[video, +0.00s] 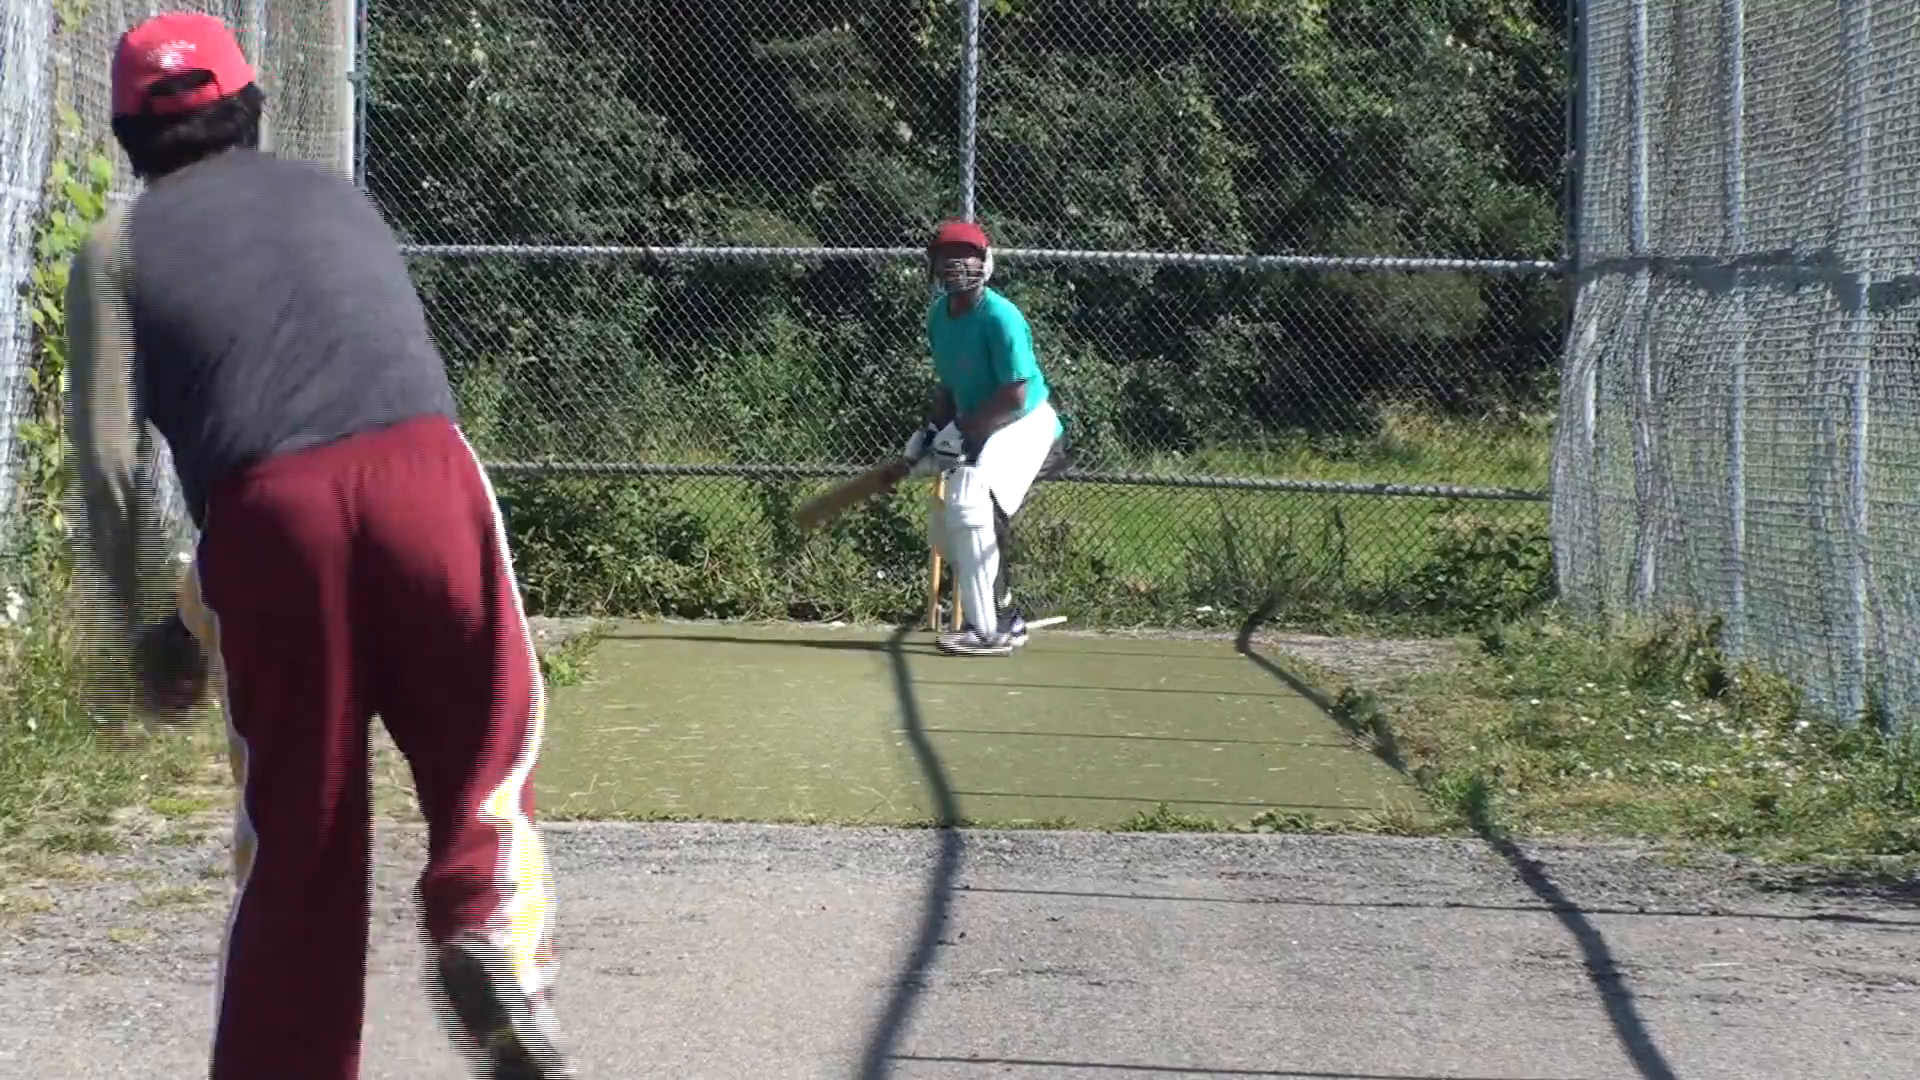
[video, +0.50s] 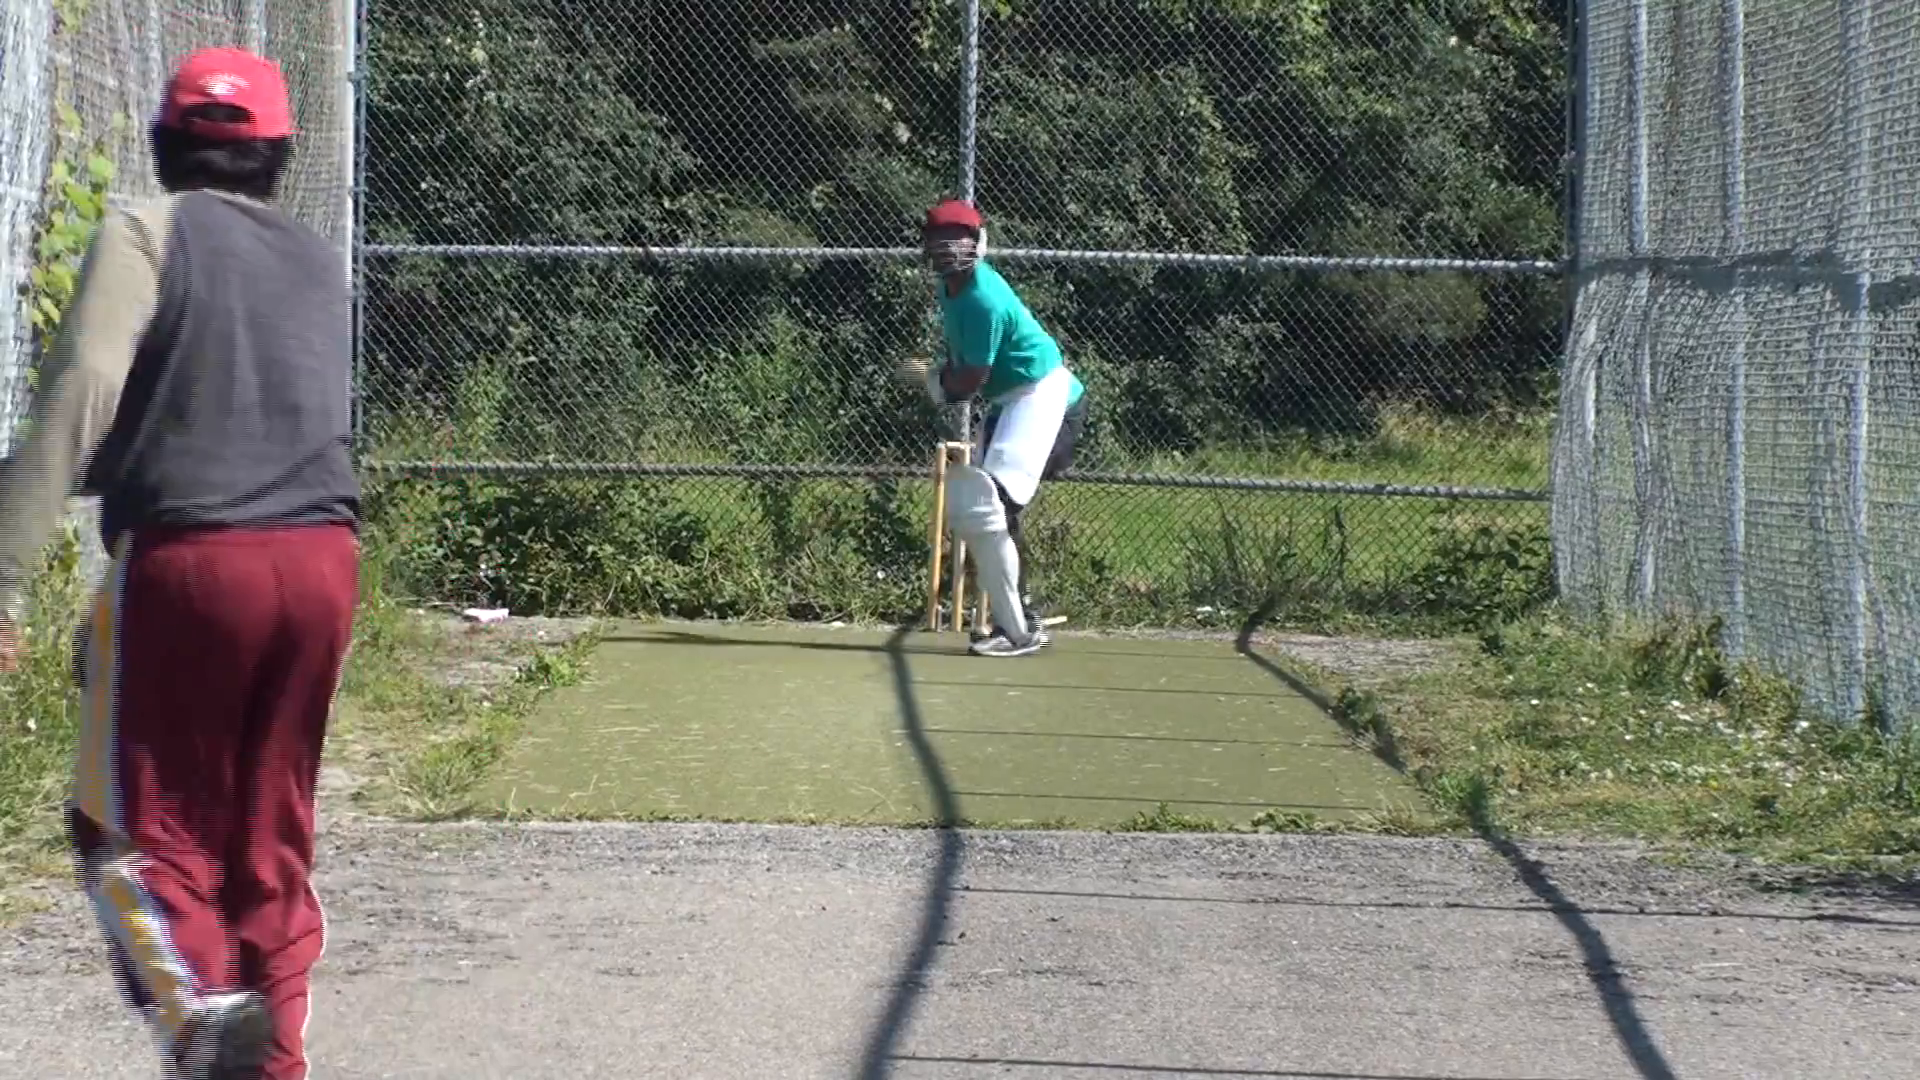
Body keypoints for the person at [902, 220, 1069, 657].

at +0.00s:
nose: (957, 268)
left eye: (967, 259)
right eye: (948, 260)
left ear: (984, 265)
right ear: (935, 268)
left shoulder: (1001, 318)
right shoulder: (938, 316)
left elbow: (1014, 397)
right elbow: (949, 387)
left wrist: (961, 434)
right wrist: (931, 432)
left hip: (1022, 423)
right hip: (977, 424)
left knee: (968, 505)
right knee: (946, 513)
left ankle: (985, 628)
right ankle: (1002, 614)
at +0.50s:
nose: (950, 248)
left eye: (961, 238)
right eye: (941, 239)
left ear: (977, 244)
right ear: (928, 248)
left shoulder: (981, 298)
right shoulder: (951, 289)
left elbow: (973, 380)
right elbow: (964, 362)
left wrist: (933, 384)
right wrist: (935, 377)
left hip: (1039, 391)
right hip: (1011, 392)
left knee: (997, 501)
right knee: (989, 499)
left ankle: (1017, 626)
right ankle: (1016, 616)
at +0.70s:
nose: (940, 274)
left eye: (951, 264)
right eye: (932, 266)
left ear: (971, 263)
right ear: (925, 266)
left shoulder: (974, 323)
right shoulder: (975, 278)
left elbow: (959, 379)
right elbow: (1005, 282)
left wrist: (932, 360)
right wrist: (941, 335)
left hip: (1039, 398)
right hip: (1006, 404)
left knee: (998, 502)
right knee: (973, 506)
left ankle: (1025, 627)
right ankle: (1013, 620)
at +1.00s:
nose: (913, 274)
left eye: (918, 260)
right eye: (903, 269)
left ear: (939, 243)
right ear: (898, 272)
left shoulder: (979, 257)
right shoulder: (916, 319)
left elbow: (980, 310)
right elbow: (935, 380)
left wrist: (961, 355)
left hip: (1036, 392)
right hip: (983, 410)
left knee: (1021, 509)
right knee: (982, 508)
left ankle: (1011, 632)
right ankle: (1037, 593)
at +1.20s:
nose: (900, 263)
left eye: (905, 248)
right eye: (888, 260)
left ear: (925, 234)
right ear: (879, 266)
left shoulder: (972, 250)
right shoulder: (892, 296)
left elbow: (1007, 280)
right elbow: (917, 308)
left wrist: (976, 267)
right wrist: (950, 251)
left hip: (1007, 393)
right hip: (946, 403)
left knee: (1016, 508)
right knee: (944, 506)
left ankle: (1002, 628)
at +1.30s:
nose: (889, 273)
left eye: (895, 260)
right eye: (878, 268)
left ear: (919, 244)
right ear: (871, 268)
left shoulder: (975, 267)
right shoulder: (886, 300)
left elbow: (1004, 315)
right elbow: (901, 338)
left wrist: (967, 312)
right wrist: (938, 297)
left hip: (987, 410)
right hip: (924, 415)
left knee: (999, 525)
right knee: (907, 513)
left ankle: (979, 625)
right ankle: (881, 628)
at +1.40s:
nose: (877, 295)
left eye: (883, 284)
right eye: (870, 289)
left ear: (909, 268)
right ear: (868, 287)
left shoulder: (961, 295)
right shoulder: (877, 323)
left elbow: (992, 356)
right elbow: (886, 384)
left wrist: (961, 371)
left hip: (967, 436)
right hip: (909, 439)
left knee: (976, 559)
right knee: (904, 531)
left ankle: (970, 626)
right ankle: (876, 640)